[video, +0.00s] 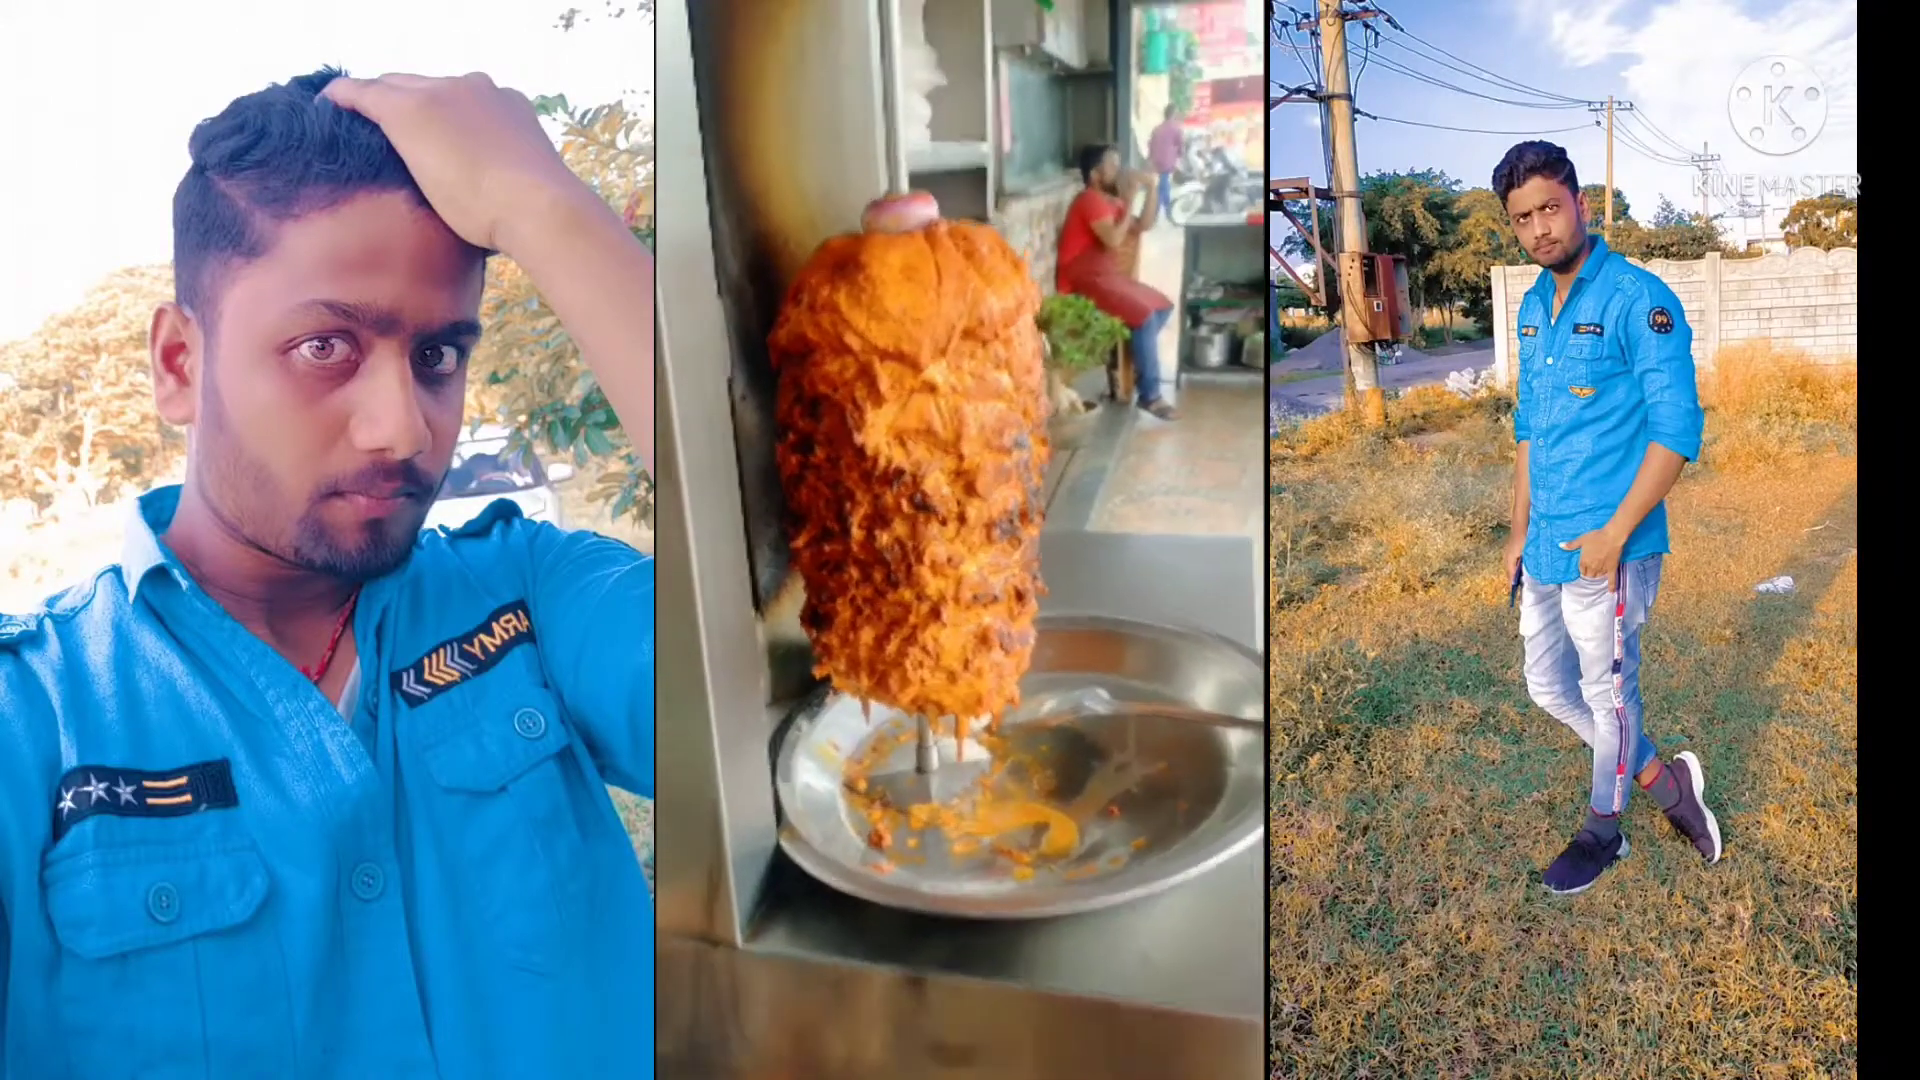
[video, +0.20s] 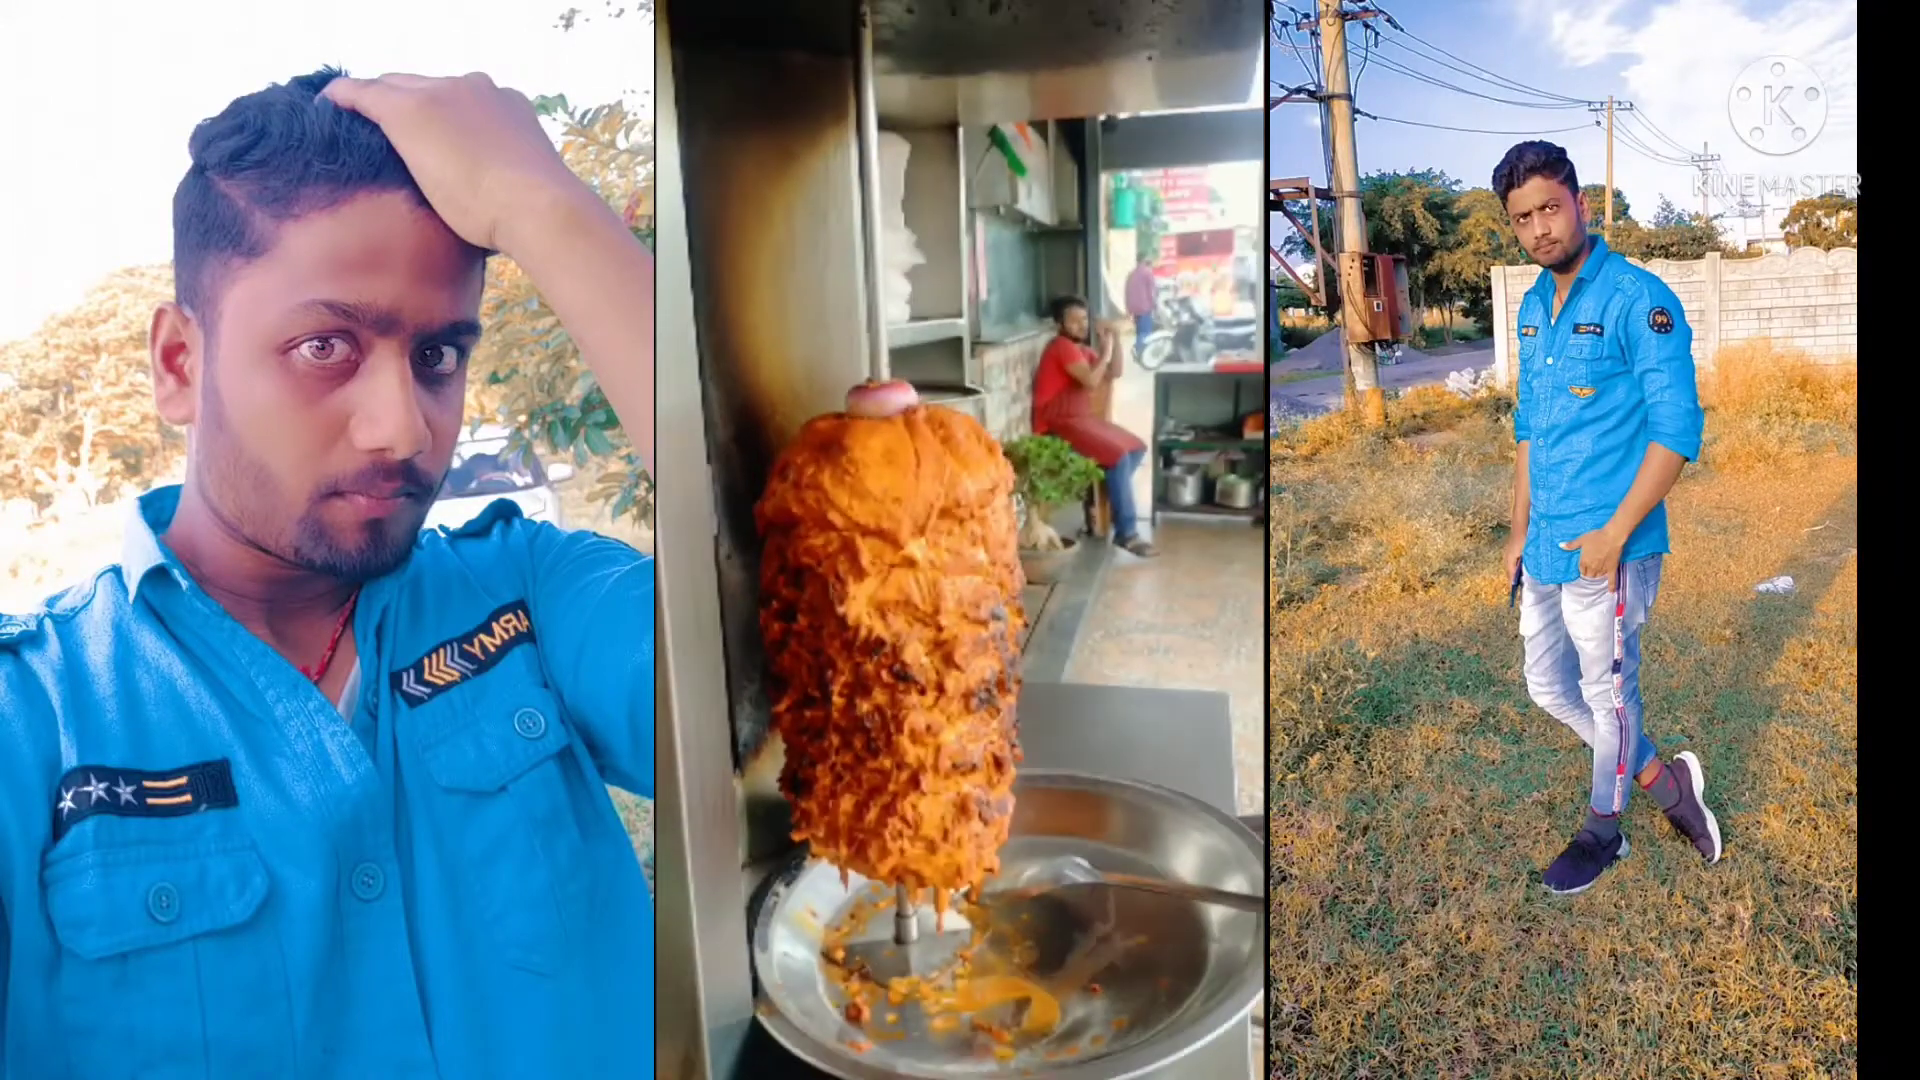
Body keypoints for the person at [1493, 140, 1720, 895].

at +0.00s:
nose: (1538, 228)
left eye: (1549, 208)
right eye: (1522, 218)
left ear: (1581, 203)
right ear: (1513, 228)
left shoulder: (1640, 298)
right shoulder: (1534, 307)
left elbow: (1678, 431)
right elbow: (1529, 431)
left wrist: (1615, 532)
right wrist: (1520, 530)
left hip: (1611, 536)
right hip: (1544, 538)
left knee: (1610, 689)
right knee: (1548, 684)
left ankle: (1602, 828)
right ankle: (1666, 778)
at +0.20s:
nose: (1538, 228)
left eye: (1549, 208)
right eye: (1522, 218)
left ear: (1581, 203)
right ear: (1513, 228)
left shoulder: (1640, 298)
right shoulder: (1534, 307)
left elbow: (1678, 431)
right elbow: (1529, 431)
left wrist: (1615, 532)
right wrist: (1520, 529)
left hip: (1611, 536)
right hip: (1544, 538)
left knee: (1610, 689)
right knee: (1548, 684)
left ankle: (1602, 828)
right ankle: (1666, 778)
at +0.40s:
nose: (1537, 228)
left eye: (1549, 208)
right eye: (1522, 218)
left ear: (1582, 202)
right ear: (1513, 229)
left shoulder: (1640, 298)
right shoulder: (1534, 308)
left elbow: (1678, 431)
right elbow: (1529, 431)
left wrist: (1616, 532)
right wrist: (1520, 530)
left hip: (1612, 536)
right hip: (1544, 538)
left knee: (1610, 689)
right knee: (1549, 684)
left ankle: (1602, 829)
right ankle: (1665, 778)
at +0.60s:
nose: (1539, 228)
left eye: (1550, 208)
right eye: (1523, 218)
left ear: (1582, 203)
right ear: (1513, 228)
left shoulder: (1640, 298)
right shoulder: (1534, 307)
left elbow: (1678, 432)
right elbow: (1529, 430)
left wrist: (1616, 531)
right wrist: (1519, 528)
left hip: (1611, 536)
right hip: (1544, 538)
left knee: (1610, 689)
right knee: (1549, 684)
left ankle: (1602, 828)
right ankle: (1665, 778)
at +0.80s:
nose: (1537, 228)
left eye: (1549, 208)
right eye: (1522, 218)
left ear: (1582, 202)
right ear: (1513, 229)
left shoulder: (1640, 298)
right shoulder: (1534, 307)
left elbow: (1678, 431)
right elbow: (1529, 431)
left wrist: (1616, 532)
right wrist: (1519, 529)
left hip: (1611, 536)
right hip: (1544, 538)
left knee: (1610, 689)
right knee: (1549, 684)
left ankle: (1602, 829)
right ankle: (1665, 778)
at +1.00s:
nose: (1537, 228)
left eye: (1549, 208)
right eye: (1522, 218)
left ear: (1582, 202)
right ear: (1513, 229)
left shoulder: (1640, 298)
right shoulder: (1534, 307)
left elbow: (1678, 431)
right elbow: (1529, 431)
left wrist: (1616, 532)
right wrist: (1519, 529)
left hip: (1611, 536)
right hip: (1544, 538)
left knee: (1610, 689)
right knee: (1549, 684)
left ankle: (1602, 829)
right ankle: (1665, 778)